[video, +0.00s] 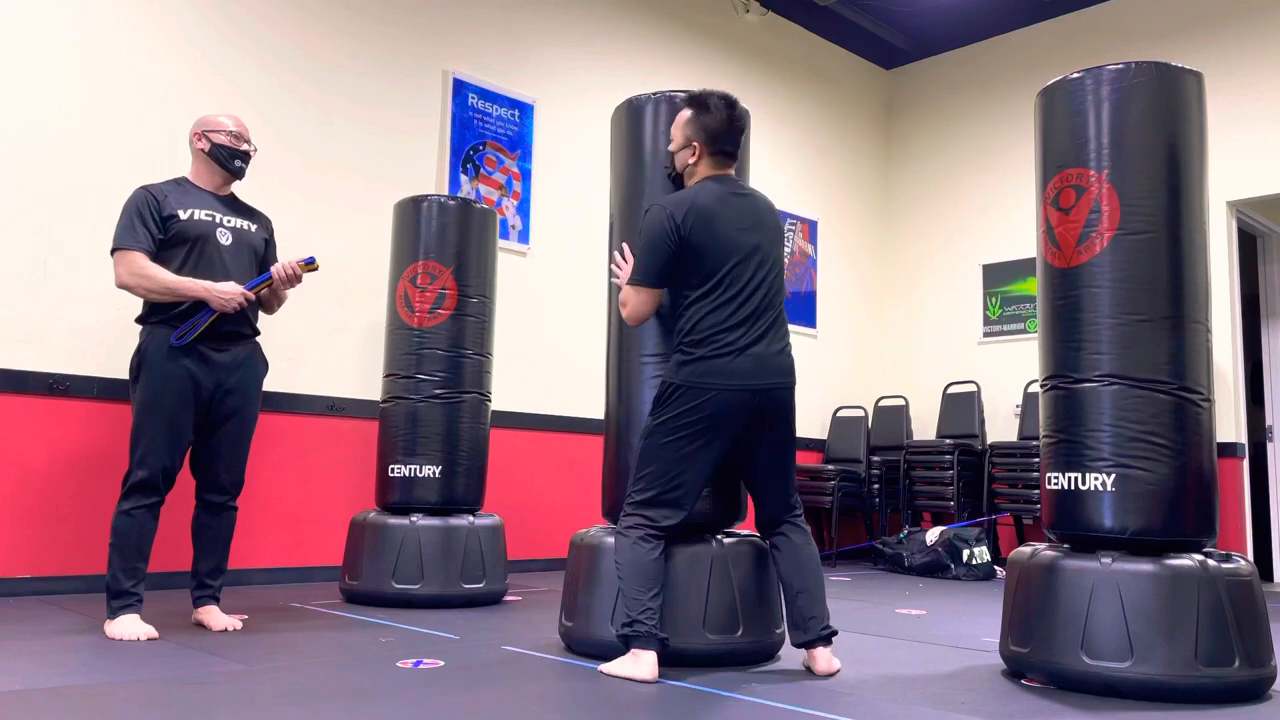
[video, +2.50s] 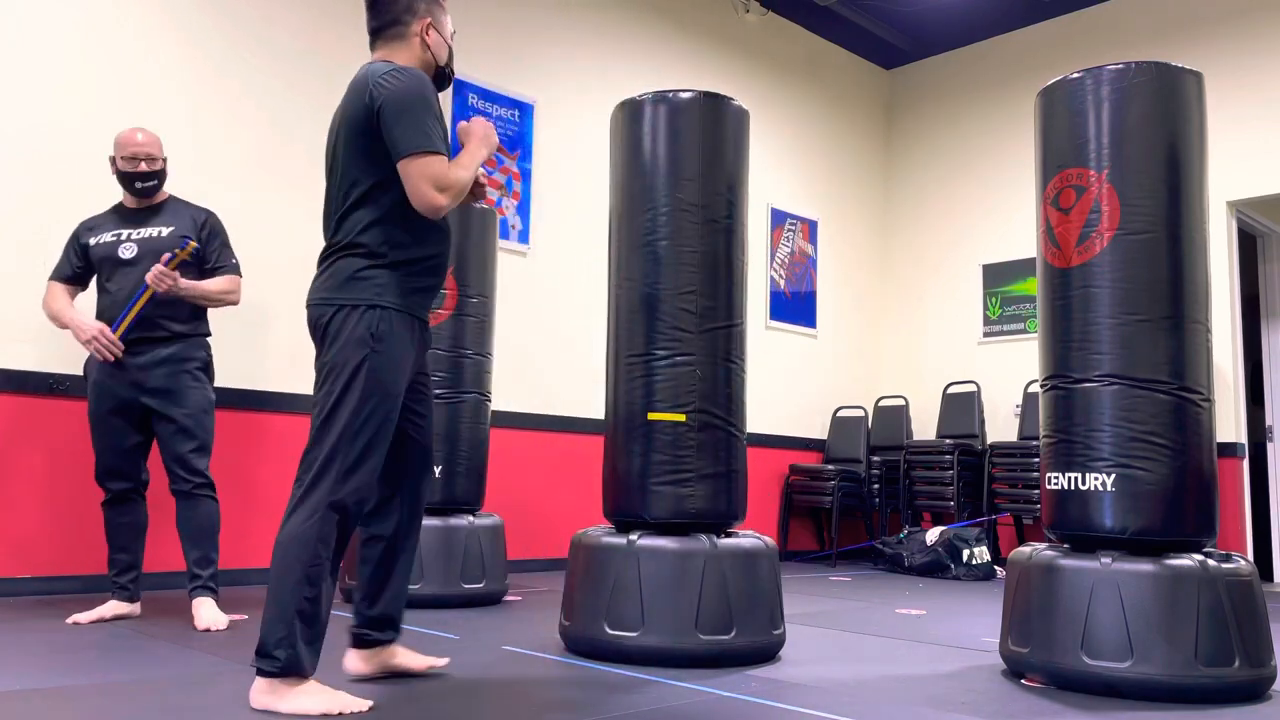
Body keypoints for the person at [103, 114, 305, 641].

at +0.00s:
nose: (243, 146)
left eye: (247, 141)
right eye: (232, 135)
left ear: (248, 156)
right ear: (199, 141)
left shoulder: (258, 223)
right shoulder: (154, 199)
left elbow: (269, 304)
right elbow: (128, 272)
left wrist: (280, 285)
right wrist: (207, 289)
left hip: (238, 363)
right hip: (170, 358)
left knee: (221, 489)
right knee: (148, 482)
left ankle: (207, 602)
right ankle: (123, 609)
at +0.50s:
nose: (243, 149)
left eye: (246, 143)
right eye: (232, 138)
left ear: (247, 156)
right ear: (199, 142)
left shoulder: (256, 224)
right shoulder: (153, 200)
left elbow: (266, 306)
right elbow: (129, 273)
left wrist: (280, 286)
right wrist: (206, 290)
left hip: (237, 362)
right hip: (169, 357)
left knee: (221, 488)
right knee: (147, 481)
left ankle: (207, 601)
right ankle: (123, 609)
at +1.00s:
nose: (246, 147)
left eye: (250, 143)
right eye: (234, 138)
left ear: (251, 162)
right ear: (201, 146)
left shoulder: (262, 227)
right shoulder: (160, 199)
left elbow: (277, 307)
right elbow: (137, 269)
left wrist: (271, 292)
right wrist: (215, 287)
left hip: (241, 362)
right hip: (173, 356)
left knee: (222, 490)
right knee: (147, 481)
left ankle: (206, 601)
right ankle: (124, 608)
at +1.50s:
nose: (264, 154)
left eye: (272, 151)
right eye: (254, 145)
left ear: (278, 169)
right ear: (227, 154)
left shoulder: (284, 236)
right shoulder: (179, 207)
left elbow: (290, 315)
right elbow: (134, 273)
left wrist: (301, 296)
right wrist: (189, 300)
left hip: (249, 372)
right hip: (181, 362)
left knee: (229, 491)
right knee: (157, 478)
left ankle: (208, 601)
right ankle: (125, 603)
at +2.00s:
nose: (213, 162)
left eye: (223, 156)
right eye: (205, 154)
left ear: (240, 165)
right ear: (189, 160)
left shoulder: (262, 233)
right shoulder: (153, 220)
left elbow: (277, 311)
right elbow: (111, 285)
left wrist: (262, 298)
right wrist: (139, 308)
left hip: (230, 372)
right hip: (160, 367)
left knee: (222, 487)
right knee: (134, 479)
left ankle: (207, 602)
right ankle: (124, 593)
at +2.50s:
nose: (143, 169)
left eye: (151, 160)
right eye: (132, 161)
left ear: (165, 163)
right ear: (113, 165)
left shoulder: (200, 223)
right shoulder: (91, 232)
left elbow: (231, 289)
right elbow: (55, 296)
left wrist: (184, 287)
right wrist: (79, 323)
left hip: (181, 370)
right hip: (115, 372)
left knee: (192, 479)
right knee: (119, 484)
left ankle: (203, 594)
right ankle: (124, 595)